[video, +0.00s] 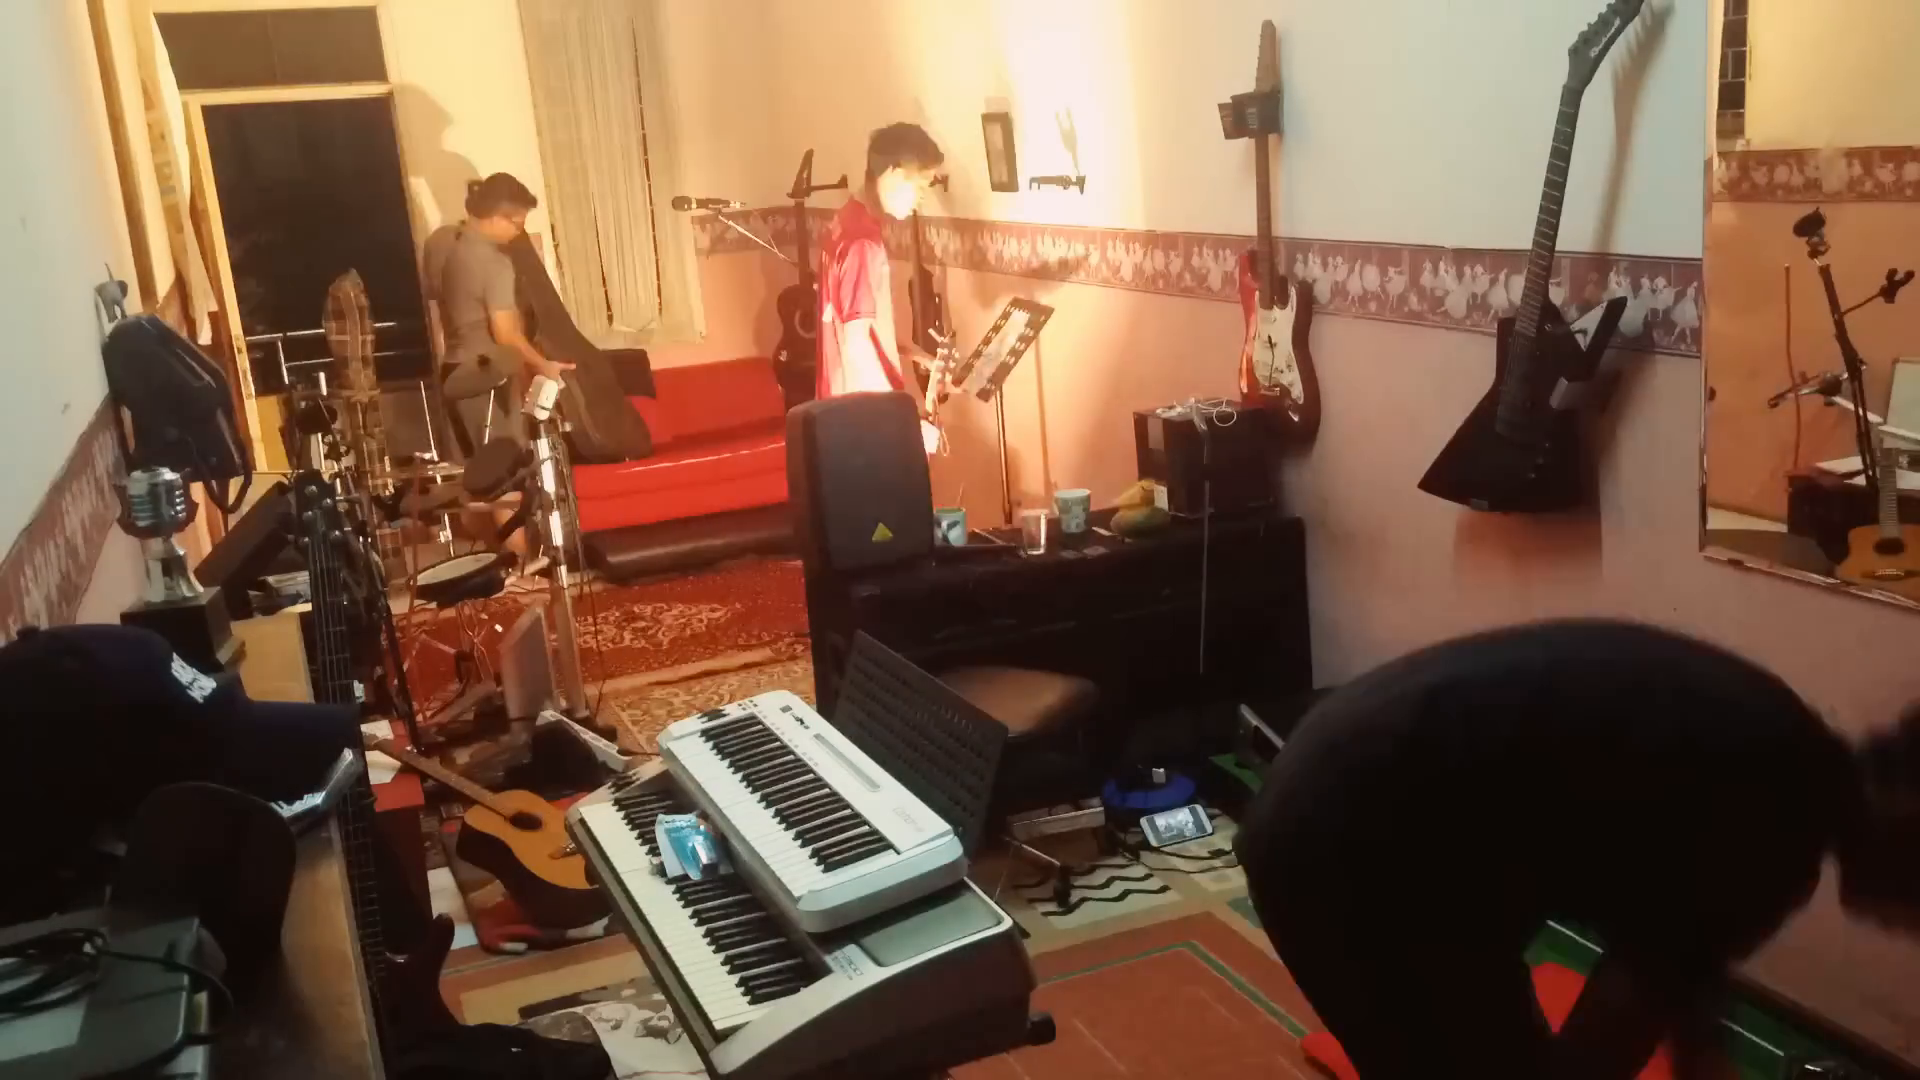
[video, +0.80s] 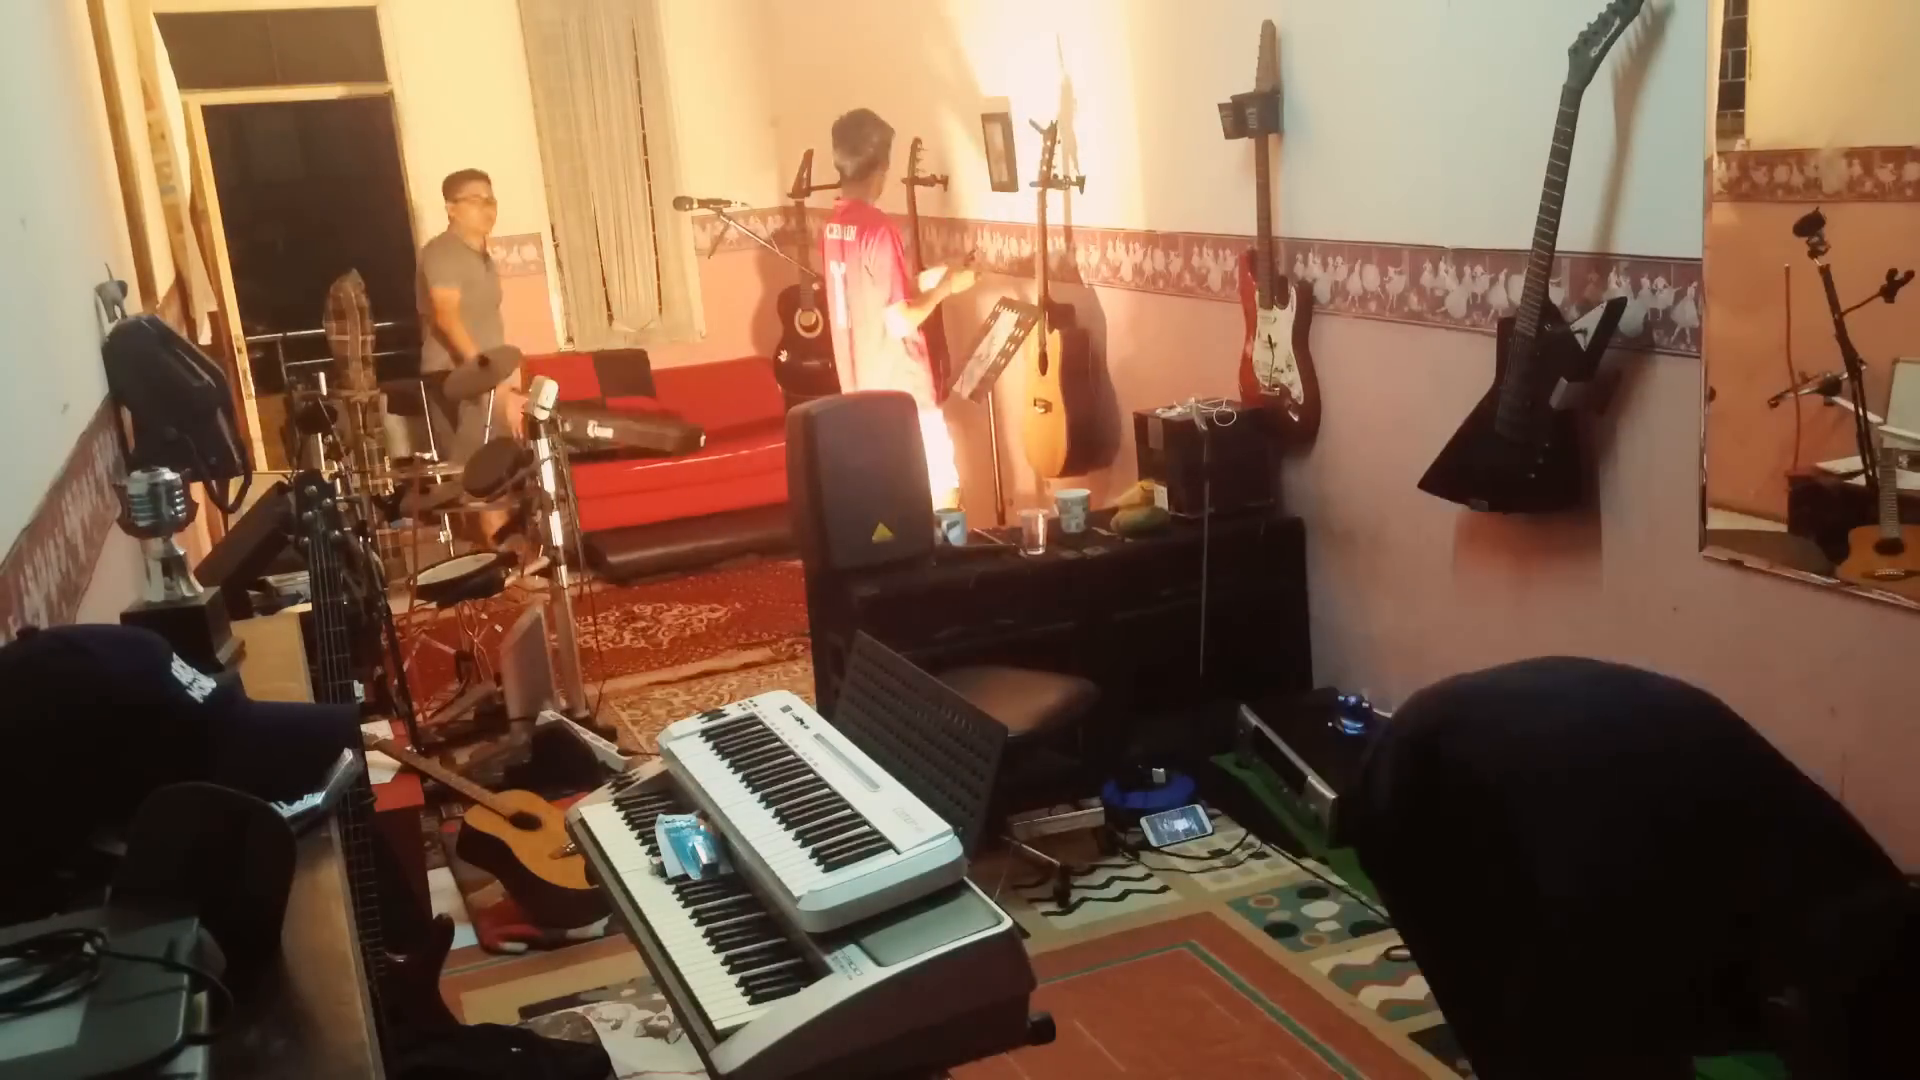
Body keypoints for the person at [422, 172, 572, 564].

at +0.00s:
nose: (520, 230)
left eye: (522, 222)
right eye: (516, 222)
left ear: (483, 215)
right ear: (495, 216)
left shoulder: (452, 252)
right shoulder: (496, 263)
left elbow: (441, 319)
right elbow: (506, 333)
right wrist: (542, 365)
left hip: (456, 374)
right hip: (488, 375)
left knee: (478, 469)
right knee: (506, 470)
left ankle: (487, 560)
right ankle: (522, 562)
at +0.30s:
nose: (550, 219)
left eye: (551, 209)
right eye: (549, 209)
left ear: (509, 202)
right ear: (531, 202)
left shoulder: (472, 241)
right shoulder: (541, 247)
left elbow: (474, 299)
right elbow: (557, 307)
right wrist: (567, 351)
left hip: (473, 365)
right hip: (523, 364)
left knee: (480, 462)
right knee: (527, 460)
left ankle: (485, 559)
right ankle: (534, 561)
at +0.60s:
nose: (502, 200)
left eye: (499, 192)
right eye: (493, 194)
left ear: (461, 205)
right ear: (468, 203)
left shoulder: (444, 250)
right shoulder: (494, 247)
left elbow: (454, 315)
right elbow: (517, 310)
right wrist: (551, 332)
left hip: (464, 373)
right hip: (502, 371)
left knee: (479, 465)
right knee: (525, 462)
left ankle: (485, 561)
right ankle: (533, 561)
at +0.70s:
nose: (484, 213)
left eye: (482, 205)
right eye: (480, 205)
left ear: (442, 210)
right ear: (464, 204)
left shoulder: (420, 265)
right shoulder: (473, 236)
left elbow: (434, 331)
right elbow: (505, 296)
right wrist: (553, 334)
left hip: (451, 379)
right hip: (490, 372)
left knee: (472, 470)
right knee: (516, 463)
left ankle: (485, 566)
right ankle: (533, 559)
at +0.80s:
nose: (490, 208)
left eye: (491, 200)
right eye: (479, 201)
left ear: (493, 204)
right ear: (453, 209)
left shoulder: (479, 255)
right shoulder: (442, 252)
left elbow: (487, 324)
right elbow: (446, 319)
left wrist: (505, 378)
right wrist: (483, 373)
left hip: (481, 374)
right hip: (455, 376)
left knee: (493, 459)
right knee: (475, 464)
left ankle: (499, 552)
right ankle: (489, 557)